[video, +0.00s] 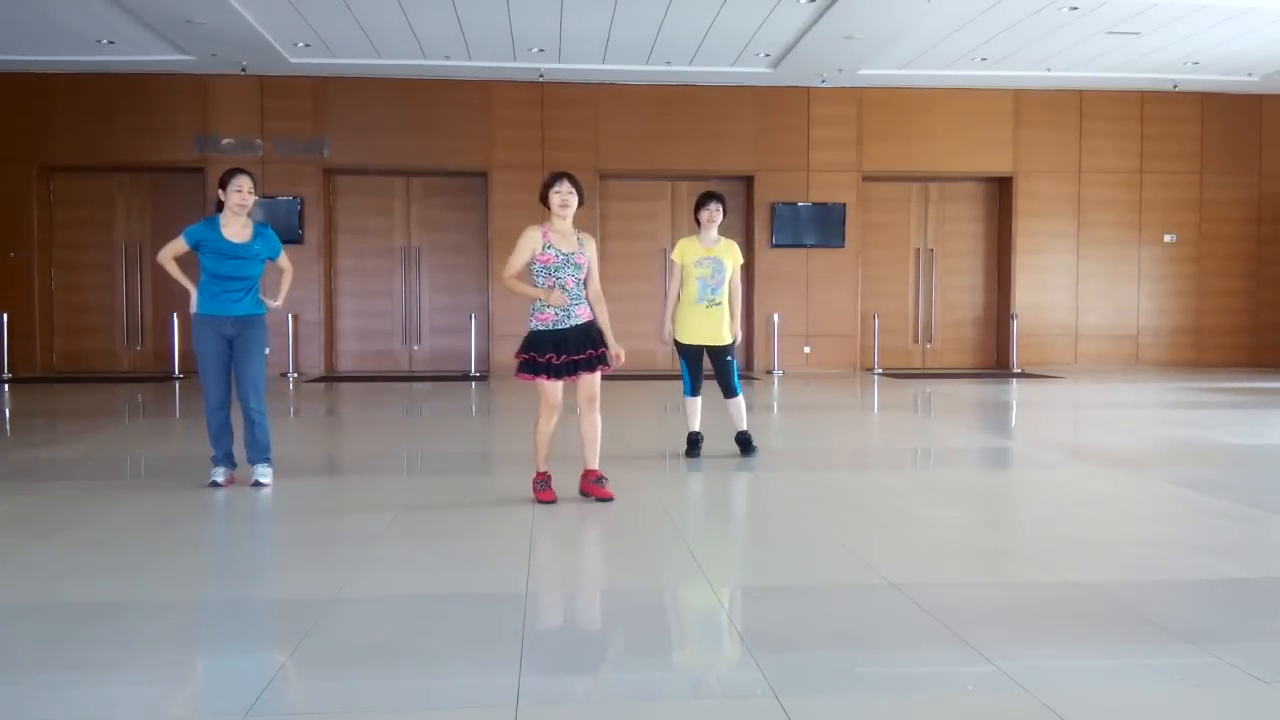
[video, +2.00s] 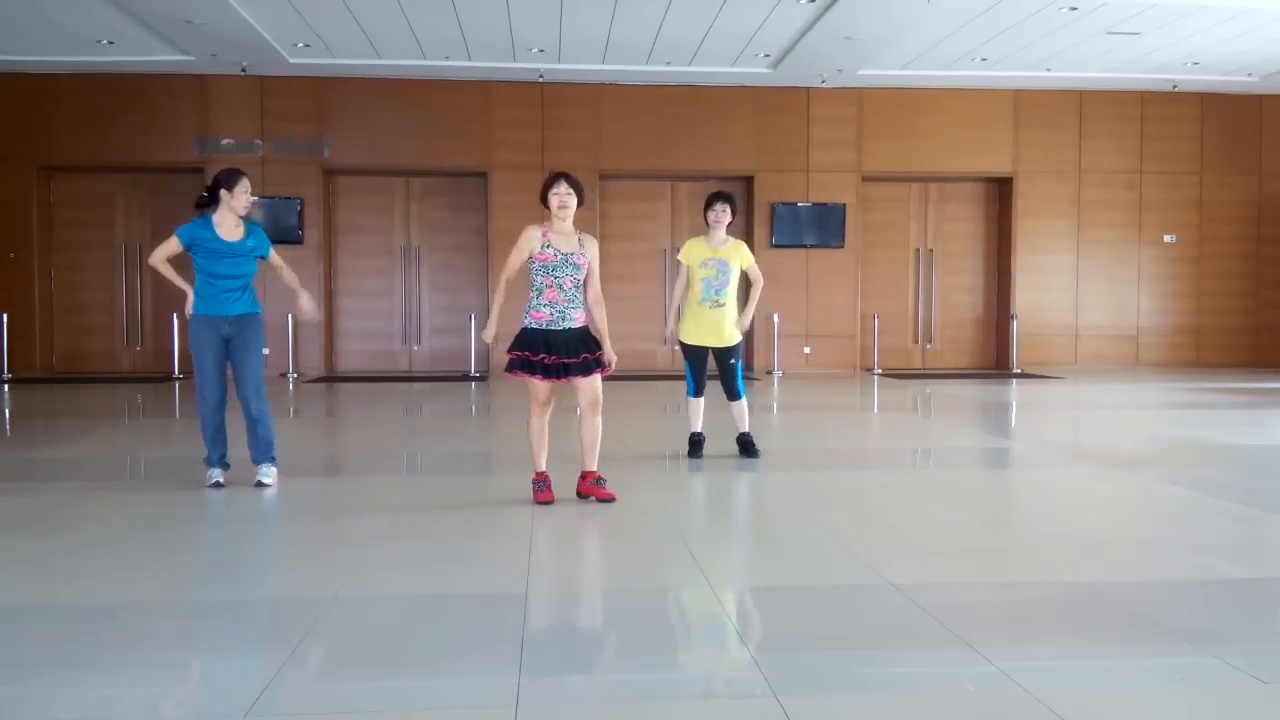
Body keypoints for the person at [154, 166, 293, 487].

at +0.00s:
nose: (244, 197)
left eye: (249, 192)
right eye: (237, 190)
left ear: (255, 198)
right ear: (222, 194)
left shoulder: (264, 235)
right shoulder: (203, 231)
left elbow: (287, 268)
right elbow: (163, 256)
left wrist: (279, 299)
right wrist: (191, 288)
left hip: (251, 322)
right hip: (210, 322)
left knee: (253, 397)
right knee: (216, 398)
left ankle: (261, 463)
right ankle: (222, 464)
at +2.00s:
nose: (250, 199)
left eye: (250, 193)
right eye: (244, 193)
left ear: (238, 196)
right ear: (224, 195)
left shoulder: (254, 233)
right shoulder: (197, 229)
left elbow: (280, 266)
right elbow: (156, 258)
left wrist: (301, 291)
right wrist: (187, 288)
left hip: (246, 321)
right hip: (205, 322)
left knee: (252, 395)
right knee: (211, 397)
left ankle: (266, 463)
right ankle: (216, 465)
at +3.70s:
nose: (231, 198)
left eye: (233, 193)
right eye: (224, 193)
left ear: (234, 197)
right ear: (205, 197)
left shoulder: (246, 232)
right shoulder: (185, 235)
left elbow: (265, 278)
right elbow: (159, 266)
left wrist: (274, 320)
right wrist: (185, 291)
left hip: (241, 322)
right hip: (202, 324)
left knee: (245, 398)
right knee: (196, 398)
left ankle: (249, 463)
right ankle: (184, 465)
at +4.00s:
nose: (217, 202)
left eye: (220, 196)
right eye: (210, 196)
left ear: (223, 199)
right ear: (191, 199)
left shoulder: (230, 237)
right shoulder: (170, 232)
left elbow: (236, 285)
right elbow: (139, 260)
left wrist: (228, 328)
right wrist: (161, 288)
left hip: (211, 323)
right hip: (172, 324)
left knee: (225, 397)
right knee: (177, 398)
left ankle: (245, 461)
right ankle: (182, 466)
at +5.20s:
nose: (213, 198)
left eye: (220, 192)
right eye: (208, 193)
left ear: (236, 196)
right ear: (203, 197)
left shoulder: (257, 235)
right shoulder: (196, 234)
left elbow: (270, 282)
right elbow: (184, 273)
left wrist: (275, 323)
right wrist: (174, 294)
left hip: (251, 323)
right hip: (210, 324)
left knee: (249, 399)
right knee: (202, 397)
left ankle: (249, 463)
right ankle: (195, 466)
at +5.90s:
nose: (204, 199)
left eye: (211, 193)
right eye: (199, 193)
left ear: (226, 198)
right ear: (193, 197)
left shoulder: (242, 236)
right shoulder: (185, 233)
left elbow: (252, 284)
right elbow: (177, 272)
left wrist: (251, 326)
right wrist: (173, 296)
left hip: (227, 322)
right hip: (190, 323)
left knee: (231, 396)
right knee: (192, 396)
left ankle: (246, 462)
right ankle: (198, 464)